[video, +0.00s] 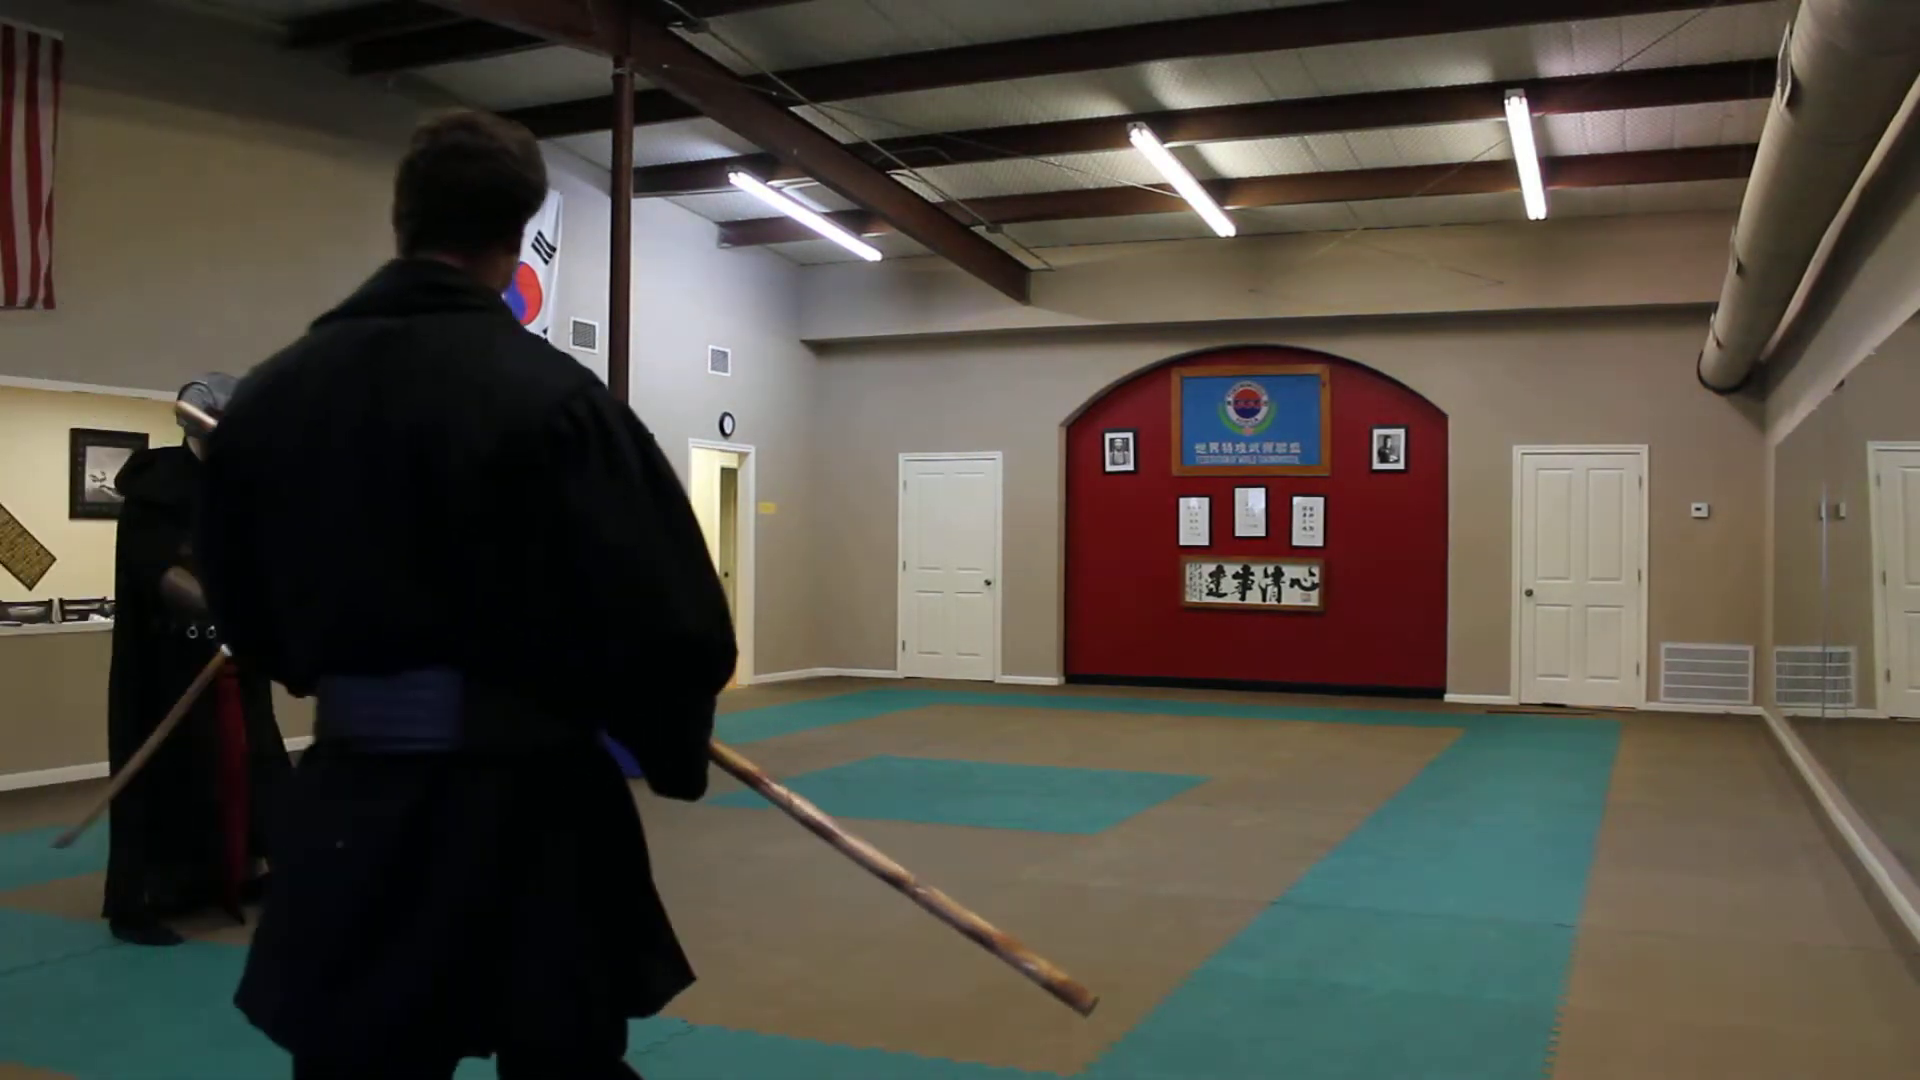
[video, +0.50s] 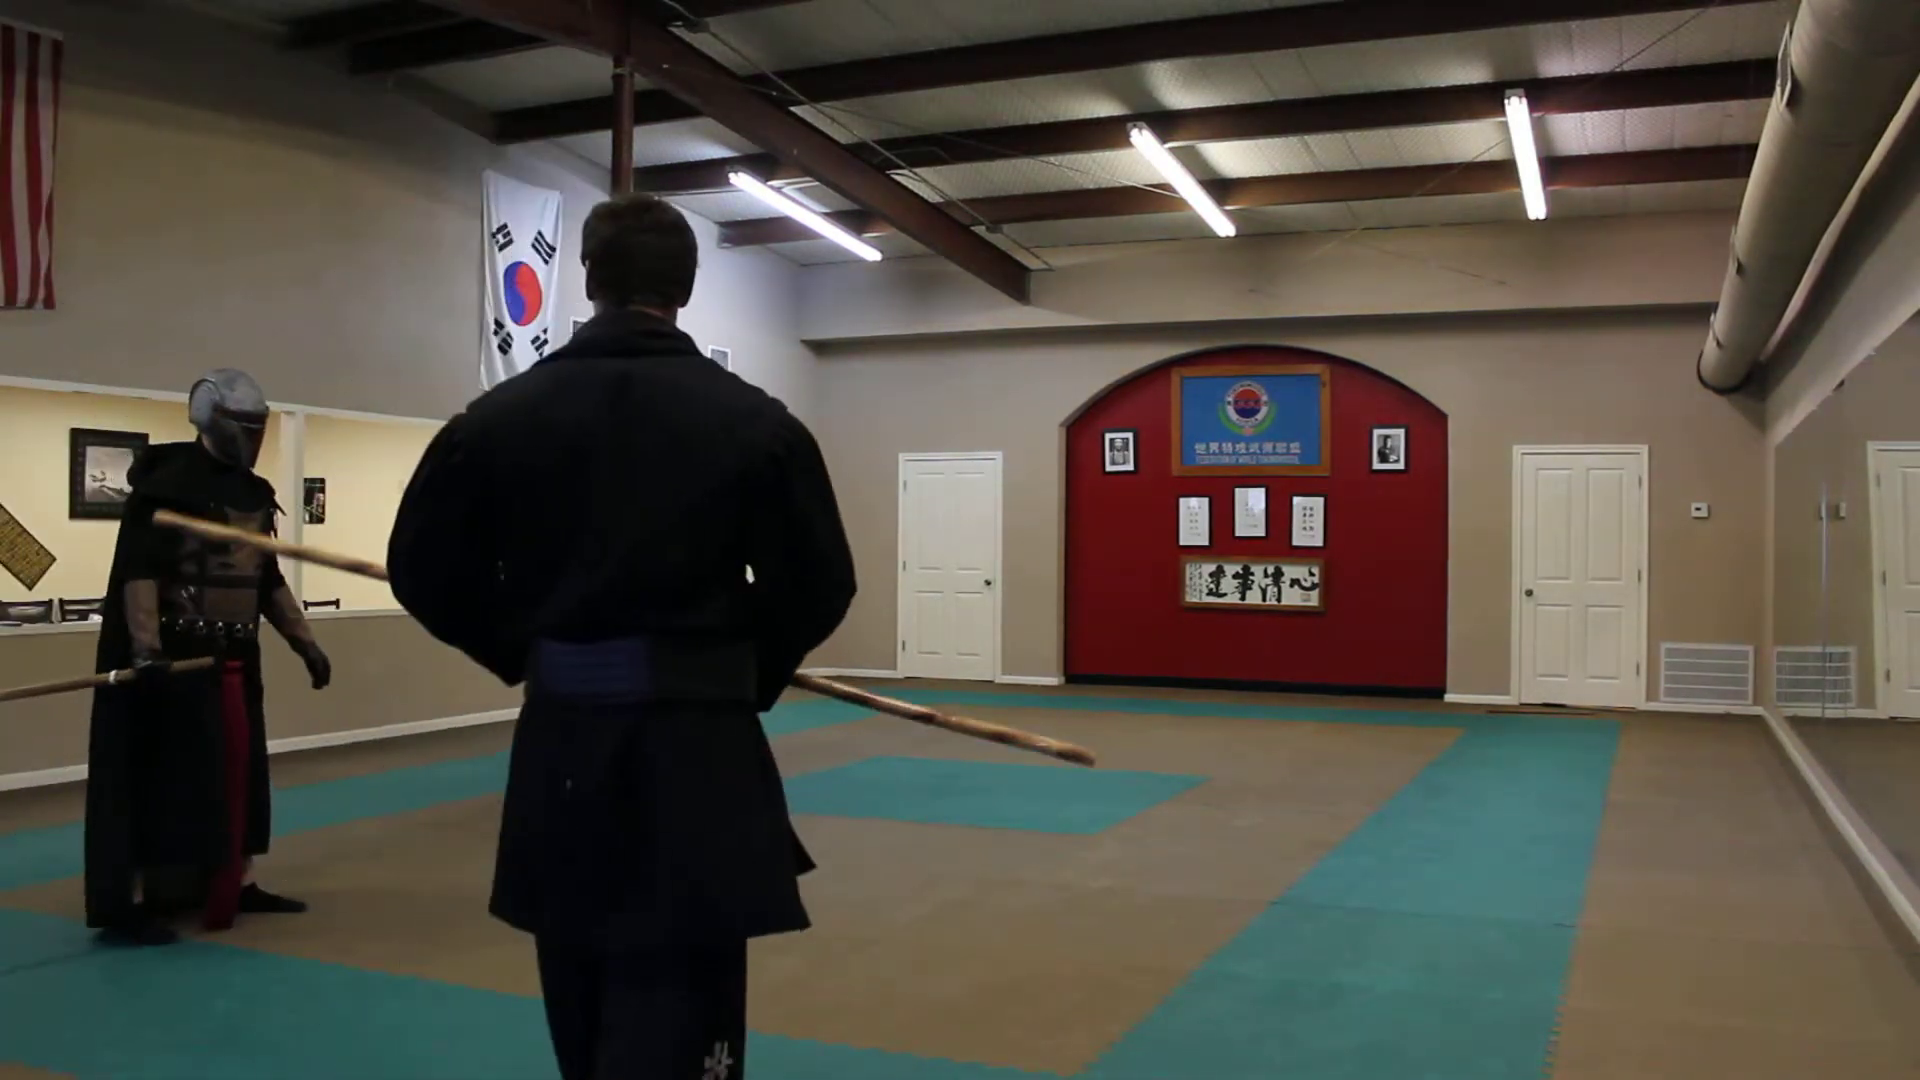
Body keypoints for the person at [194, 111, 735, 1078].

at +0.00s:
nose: (524, 261)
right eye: (524, 239)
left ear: (403, 224)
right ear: (515, 244)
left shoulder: (273, 399)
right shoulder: (559, 400)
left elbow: (253, 618)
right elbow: (678, 629)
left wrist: (341, 677)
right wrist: (661, 741)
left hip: (354, 807)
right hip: (537, 809)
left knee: (356, 1059)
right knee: (565, 1057)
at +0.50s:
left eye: (589, 271)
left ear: (587, 281)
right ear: (685, 287)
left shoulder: (500, 418)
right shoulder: (752, 421)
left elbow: (422, 567)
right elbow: (818, 583)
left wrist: (525, 647)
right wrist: (739, 673)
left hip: (563, 750)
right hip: (701, 753)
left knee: (581, 999)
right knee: (692, 1001)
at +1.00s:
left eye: (632, 315)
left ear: (631, 324)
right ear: (717, 327)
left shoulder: (566, 438)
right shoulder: (780, 437)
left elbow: (524, 601)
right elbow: (843, 591)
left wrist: (591, 711)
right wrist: (793, 696)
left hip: (629, 732)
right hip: (762, 733)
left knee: (642, 952)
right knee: (781, 948)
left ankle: (649, 1074)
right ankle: (787, 1072)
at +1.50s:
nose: (718, 358)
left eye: (719, 348)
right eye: (722, 347)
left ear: (732, 352)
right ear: (800, 351)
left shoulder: (688, 450)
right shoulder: (865, 443)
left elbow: (640, 594)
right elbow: (905, 570)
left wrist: (681, 676)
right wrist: (857, 654)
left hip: (730, 700)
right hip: (840, 702)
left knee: (715, 891)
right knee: (838, 897)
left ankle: (704, 1054)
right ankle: (832, 1057)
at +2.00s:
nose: (684, 385)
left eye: (683, 374)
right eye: (684, 374)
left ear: (699, 374)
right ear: (755, 369)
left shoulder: (680, 467)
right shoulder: (825, 456)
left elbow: (631, 598)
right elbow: (851, 568)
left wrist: (646, 669)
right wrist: (810, 634)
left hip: (716, 679)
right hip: (804, 676)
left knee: (715, 839)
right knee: (807, 817)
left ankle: (729, 996)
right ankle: (832, 953)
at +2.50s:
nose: (692, 416)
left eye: (694, 403)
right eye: (690, 404)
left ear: (721, 398)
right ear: (744, 396)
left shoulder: (743, 468)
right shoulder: (807, 459)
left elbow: (709, 572)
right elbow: (804, 569)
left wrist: (667, 650)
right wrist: (713, 622)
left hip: (774, 662)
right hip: (824, 654)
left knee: (743, 816)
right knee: (817, 803)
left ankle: (737, 987)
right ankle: (825, 941)